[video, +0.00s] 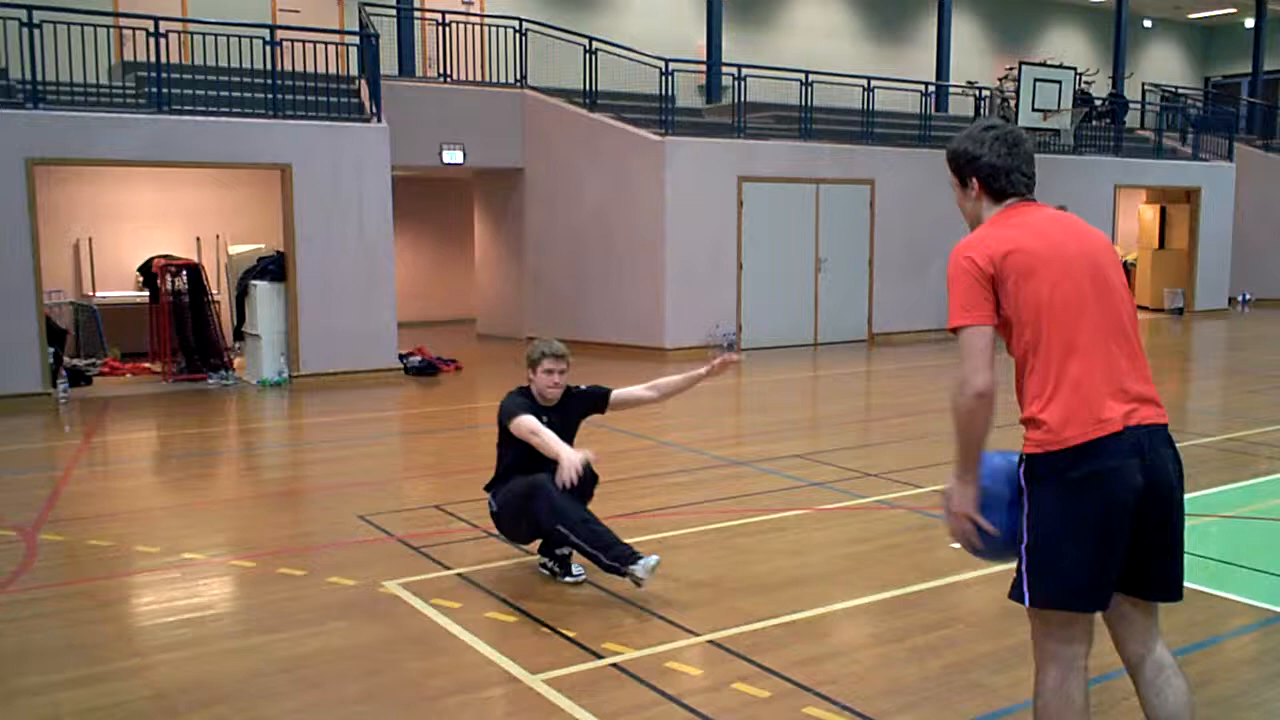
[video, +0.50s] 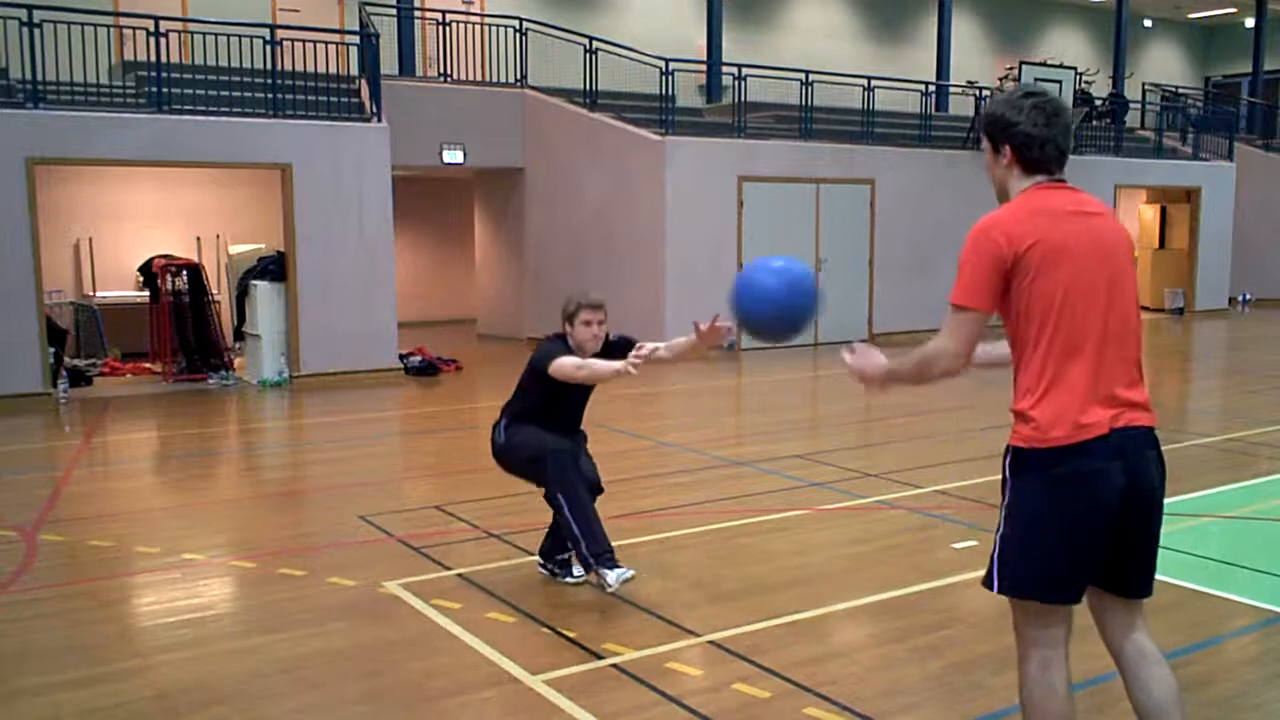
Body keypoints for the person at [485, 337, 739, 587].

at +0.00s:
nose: (555, 380)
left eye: (561, 373)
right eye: (548, 373)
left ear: (567, 374)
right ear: (531, 374)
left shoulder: (578, 399)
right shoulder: (514, 404)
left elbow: (651, 392)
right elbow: (533, 433)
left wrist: (703, 373)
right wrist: (566, 454)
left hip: (553, 504)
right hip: (511, 510)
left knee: (583, 472)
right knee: (539, 486)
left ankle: (555, 554)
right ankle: (628, 562)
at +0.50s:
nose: (596, 331)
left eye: (600, 324)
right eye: (587, 324)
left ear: (606, 326)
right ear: (569, 328)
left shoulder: (609, 348)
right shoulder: (549, 352)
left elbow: (661, 350)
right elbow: (578, 371)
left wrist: (698, 342)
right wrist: (618, 368)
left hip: (566, 438)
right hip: (518, 435)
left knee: (587, 485)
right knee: (560, 460)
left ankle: (554, 555)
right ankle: (602, 564)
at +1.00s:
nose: (602, 320)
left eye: (607, 312)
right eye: (593, 312)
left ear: (612, 313)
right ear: (573, 315)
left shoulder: (620, 349)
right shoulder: (545, 346)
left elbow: (633, 393)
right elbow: (513, 420)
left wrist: (626, 409)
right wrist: (572, 419)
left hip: (578, 420)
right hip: (531, 416)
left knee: (584, 490)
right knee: (561, 474)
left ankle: (553, 555)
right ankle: (577, 575)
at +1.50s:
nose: (602, 349)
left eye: (608, 341)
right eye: (594, 340)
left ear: (615, 338)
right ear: (576, 333)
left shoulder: (615, 362)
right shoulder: (549, 346)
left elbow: (665, 409)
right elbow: (504, 371)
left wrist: (707, 439)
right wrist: (508, 386)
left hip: (566, 426)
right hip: (521, 417)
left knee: (584, 485)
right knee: (545, 457)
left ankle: (547, 568)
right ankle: (557, 560)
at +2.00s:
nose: (531, 419)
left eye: (536, 411)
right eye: (523, 412)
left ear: (542, 412)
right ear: (507, 415)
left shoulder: (557, 446)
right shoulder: (490, 452)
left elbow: (618, 454)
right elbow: (506, 469)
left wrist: (621, 410)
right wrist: (541, 414)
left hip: (559, 543)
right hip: (516, 550)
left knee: (594, 468)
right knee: (532, 498)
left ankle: (554, 569)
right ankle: (585, 559)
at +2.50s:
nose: (464, 475)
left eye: (465, 472)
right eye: (456, 476)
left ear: (477, 474)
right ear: (447, 493)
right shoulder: (450, 515)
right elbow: (411, 469)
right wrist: (403, 500)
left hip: (550, 504)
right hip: (501, 510)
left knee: (514, 437)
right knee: (473, 444)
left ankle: (516, 352)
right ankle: (477, 356)